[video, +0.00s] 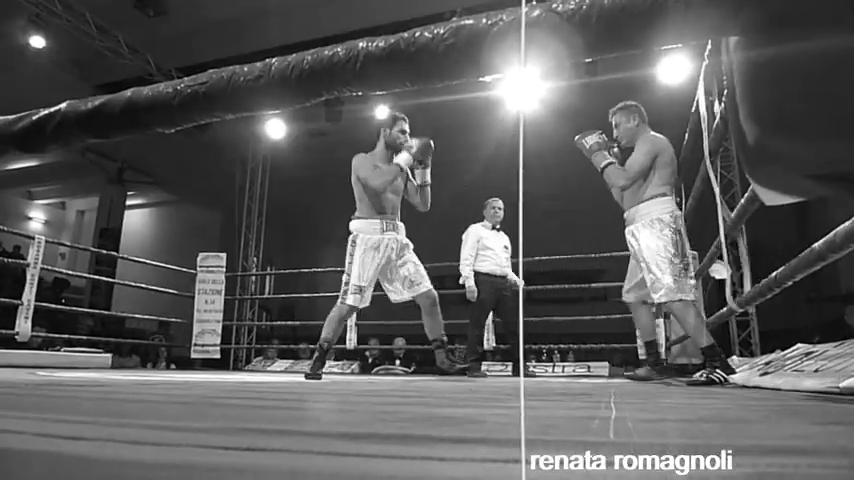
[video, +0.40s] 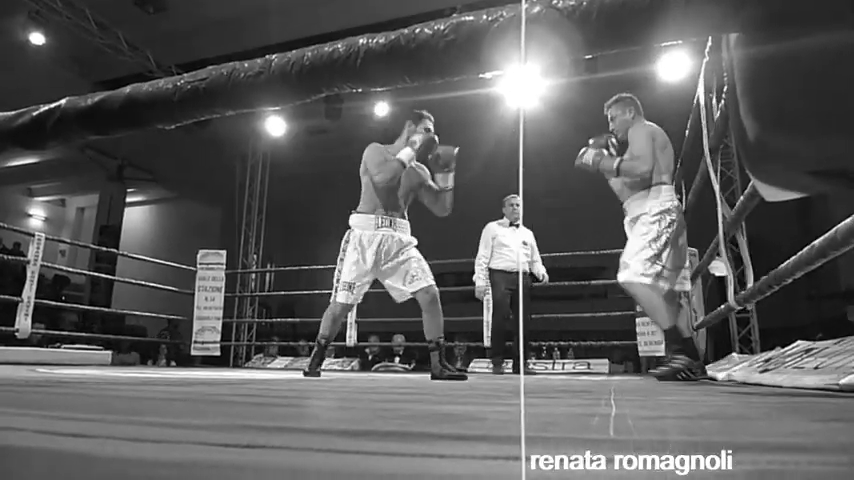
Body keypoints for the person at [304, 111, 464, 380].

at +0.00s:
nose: (406, 139)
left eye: (408, 134)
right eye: (402, 132)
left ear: (404, 139)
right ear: (384, 133)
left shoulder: (401, 171)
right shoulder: (361, 161)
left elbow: (422, 205)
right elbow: (377, 183)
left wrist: (424, 171)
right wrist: (405, 159)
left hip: (397, 240)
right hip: (366, 240)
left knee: (429, 297)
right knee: (348, 304)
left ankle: (443, 358)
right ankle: (318, 361)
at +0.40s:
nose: (428, 138)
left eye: (431, 135)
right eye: (425, 132)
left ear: (428, 141)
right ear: (408, 130)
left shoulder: (420, 173)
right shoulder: (375, 151)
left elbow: (442, 208)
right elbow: (382, 177)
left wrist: (448, 174)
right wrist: (412, 150)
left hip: (399, 239)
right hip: (363, 236)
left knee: (430, 295)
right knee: (340, 306)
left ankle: (438, 364)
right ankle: (317, 358)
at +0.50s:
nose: (435, 141)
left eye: (437, 136)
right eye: (432, 133)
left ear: (431, 138)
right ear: (414, 130)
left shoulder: (425, 169)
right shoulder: (377, 150)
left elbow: (465, 170)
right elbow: (365, 180)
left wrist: (494, 139)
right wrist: (405, 161)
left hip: (396, 238)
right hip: (360, 234)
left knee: (431, 294)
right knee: (339, 295)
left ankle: (438, 362)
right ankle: (312, 348)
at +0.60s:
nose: (428, 131)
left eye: (430, 126)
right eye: (424, 123)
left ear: (419, 126)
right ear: (406, 119)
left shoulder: (418, 159)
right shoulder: (368, 142)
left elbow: (459, 172)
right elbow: (350, 176)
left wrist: (478, 144)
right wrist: (390, 155)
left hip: (392, 232)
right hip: (355, 228)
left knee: (424, 292)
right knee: (329, 290)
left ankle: (437, 361)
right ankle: (295, 348)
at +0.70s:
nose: (405, 116)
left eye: (406, 111)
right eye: (399, 109)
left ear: (400, 117)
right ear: (379, 109)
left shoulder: (402, 155)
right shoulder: (347, 138)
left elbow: (414, 200)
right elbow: (333, 178)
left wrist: (424, 169)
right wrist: (372, 151)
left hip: (382, 227)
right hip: (343, 224)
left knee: (415, 292)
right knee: (311, 292)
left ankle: (436, 357)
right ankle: (279, 352)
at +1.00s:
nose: (382, 105)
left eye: (385, 101)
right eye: (376, 98)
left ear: (384, 111)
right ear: (357, 101)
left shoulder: (382, 146)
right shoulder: (330, 132)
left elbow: (406, 187)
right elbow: (356, 140)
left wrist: (424, 157)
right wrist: (384, 106)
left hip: (377, 227)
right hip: (338, 226)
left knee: (408, 282)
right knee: (310, 303)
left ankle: (425, 359)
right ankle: (272, 359)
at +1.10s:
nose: (385, 104)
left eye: (388, 100)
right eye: (378, 97)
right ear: (361, 101)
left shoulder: (387, 148)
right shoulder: (337, 132)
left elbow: (415, 189)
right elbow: (376, 123)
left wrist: (425, 157)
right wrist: (399, 92)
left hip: (384, 230)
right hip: (343, 231)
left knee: (409, 286)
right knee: (311, 305)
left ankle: (437, 360)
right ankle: (274, 357)